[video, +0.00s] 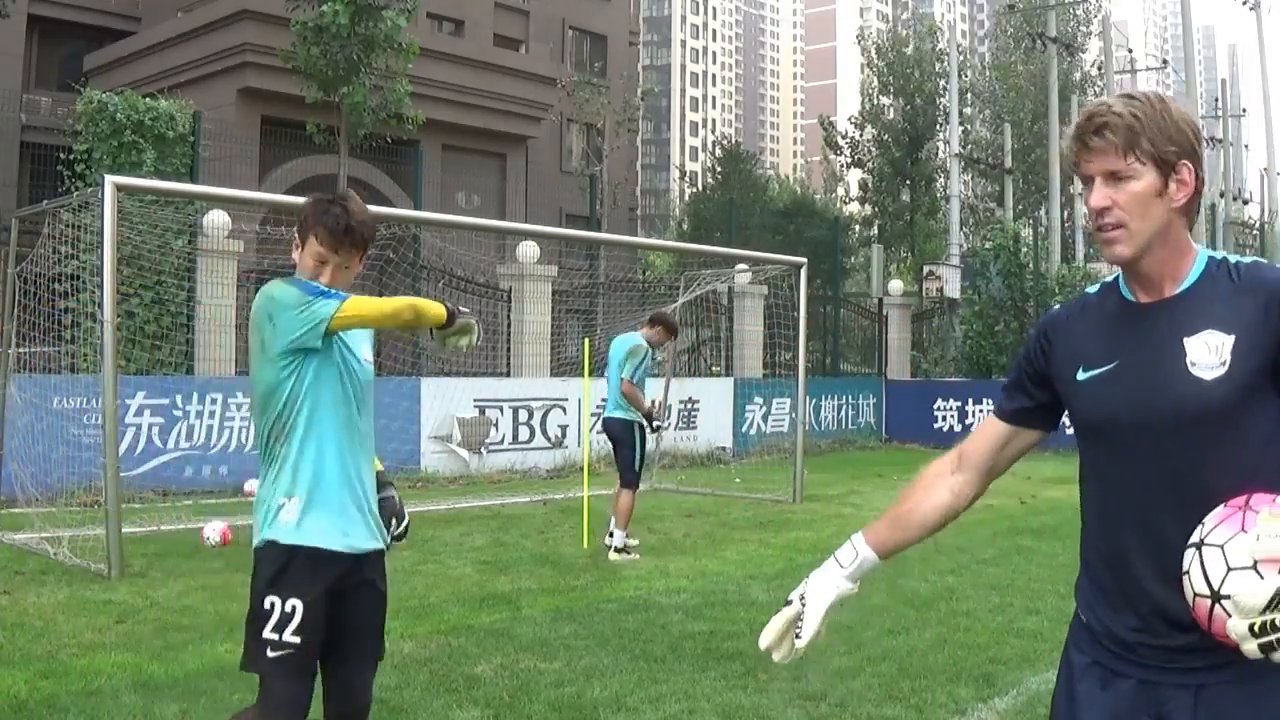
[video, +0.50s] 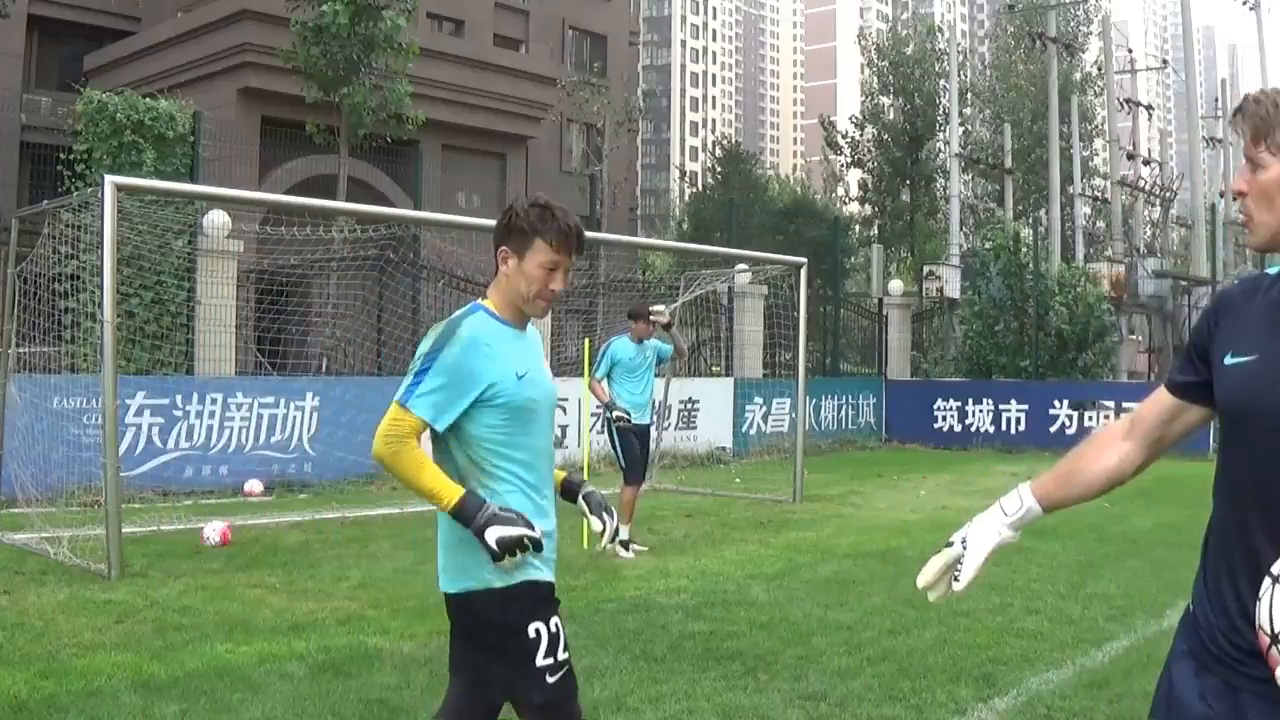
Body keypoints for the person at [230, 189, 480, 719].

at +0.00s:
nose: (328, 278)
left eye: (343, 268)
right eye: (319, 261)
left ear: (361, 265)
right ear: (297, 246)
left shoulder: (358, 320)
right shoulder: (278, 300)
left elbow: (343, 423)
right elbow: (404, 308)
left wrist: (379, 479)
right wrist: (448, 319)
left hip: (361, 546)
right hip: (295, 542)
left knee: (351, 708)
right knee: (282, 706)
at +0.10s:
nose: (365, 279)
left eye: (379, 269)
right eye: (353, 263)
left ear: (393, 265)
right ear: (325, 248)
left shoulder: (384, 324)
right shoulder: (305, 295)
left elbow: (383, 412)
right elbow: (419, 313)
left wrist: (420, 470)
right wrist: (471, 317)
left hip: (385, 538)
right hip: (324, 536)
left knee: (369, 701)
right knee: (342, 703)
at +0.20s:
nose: (416, 283)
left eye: (429, 273)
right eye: (406, 266)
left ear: (439, 270)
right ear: (373, 251)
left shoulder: (426, 321)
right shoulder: (342, 303)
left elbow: (432, 418)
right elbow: (429, 367)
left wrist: (471, 472)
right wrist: (508, 365)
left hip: (417, 538)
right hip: (364, 538)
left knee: (379, 701)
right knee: (433, 700)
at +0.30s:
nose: (457, 282)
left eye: (468, 270)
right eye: (447, 265)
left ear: (474, 270)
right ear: (409, 252)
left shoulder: (452, 327)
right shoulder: (372, 315)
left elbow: (453, 428)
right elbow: (414, 417)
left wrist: (504, 475)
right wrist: (510, 422)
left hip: (441, 542)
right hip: (394, 546)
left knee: (394, 706)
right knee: (480, 703)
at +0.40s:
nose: (520, 284)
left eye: (527, 272)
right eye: (510, 267)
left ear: (530, 272)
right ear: (470, 257)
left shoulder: (497, 334)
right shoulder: (426, 331)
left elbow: (483, 447)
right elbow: (389, 449)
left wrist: (543, 480)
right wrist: (488, 496)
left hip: (484, 562)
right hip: (446, 568)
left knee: (424, 710)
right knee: (524, 709)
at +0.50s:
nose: (559, 285)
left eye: (565, 273)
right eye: (549, 269)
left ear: (568, 271)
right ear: (507, 260)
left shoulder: (525, 336)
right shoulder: (465, 338)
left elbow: (508, 449)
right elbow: (392, 441)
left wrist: (571, 487)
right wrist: (476, 512)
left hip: (516, 568)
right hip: (496, 574)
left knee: (469, 707)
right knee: (558, 709)